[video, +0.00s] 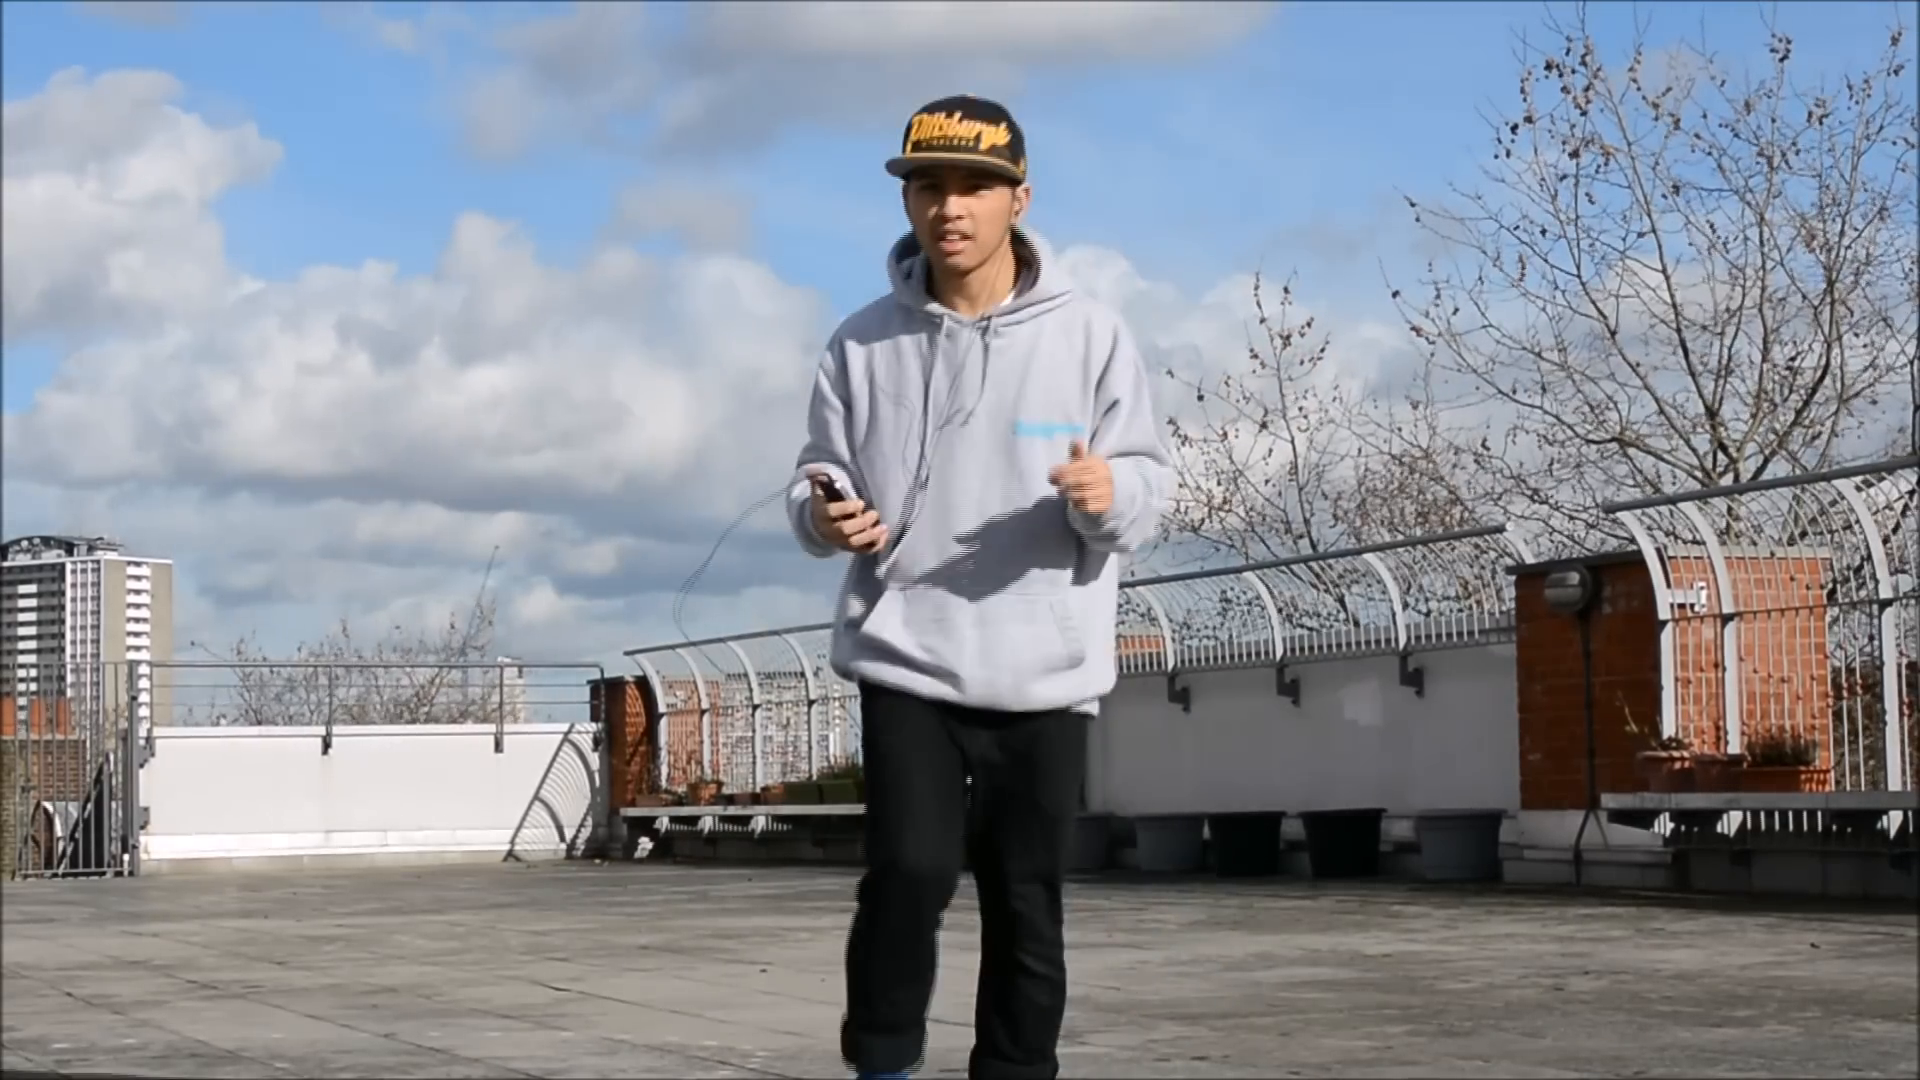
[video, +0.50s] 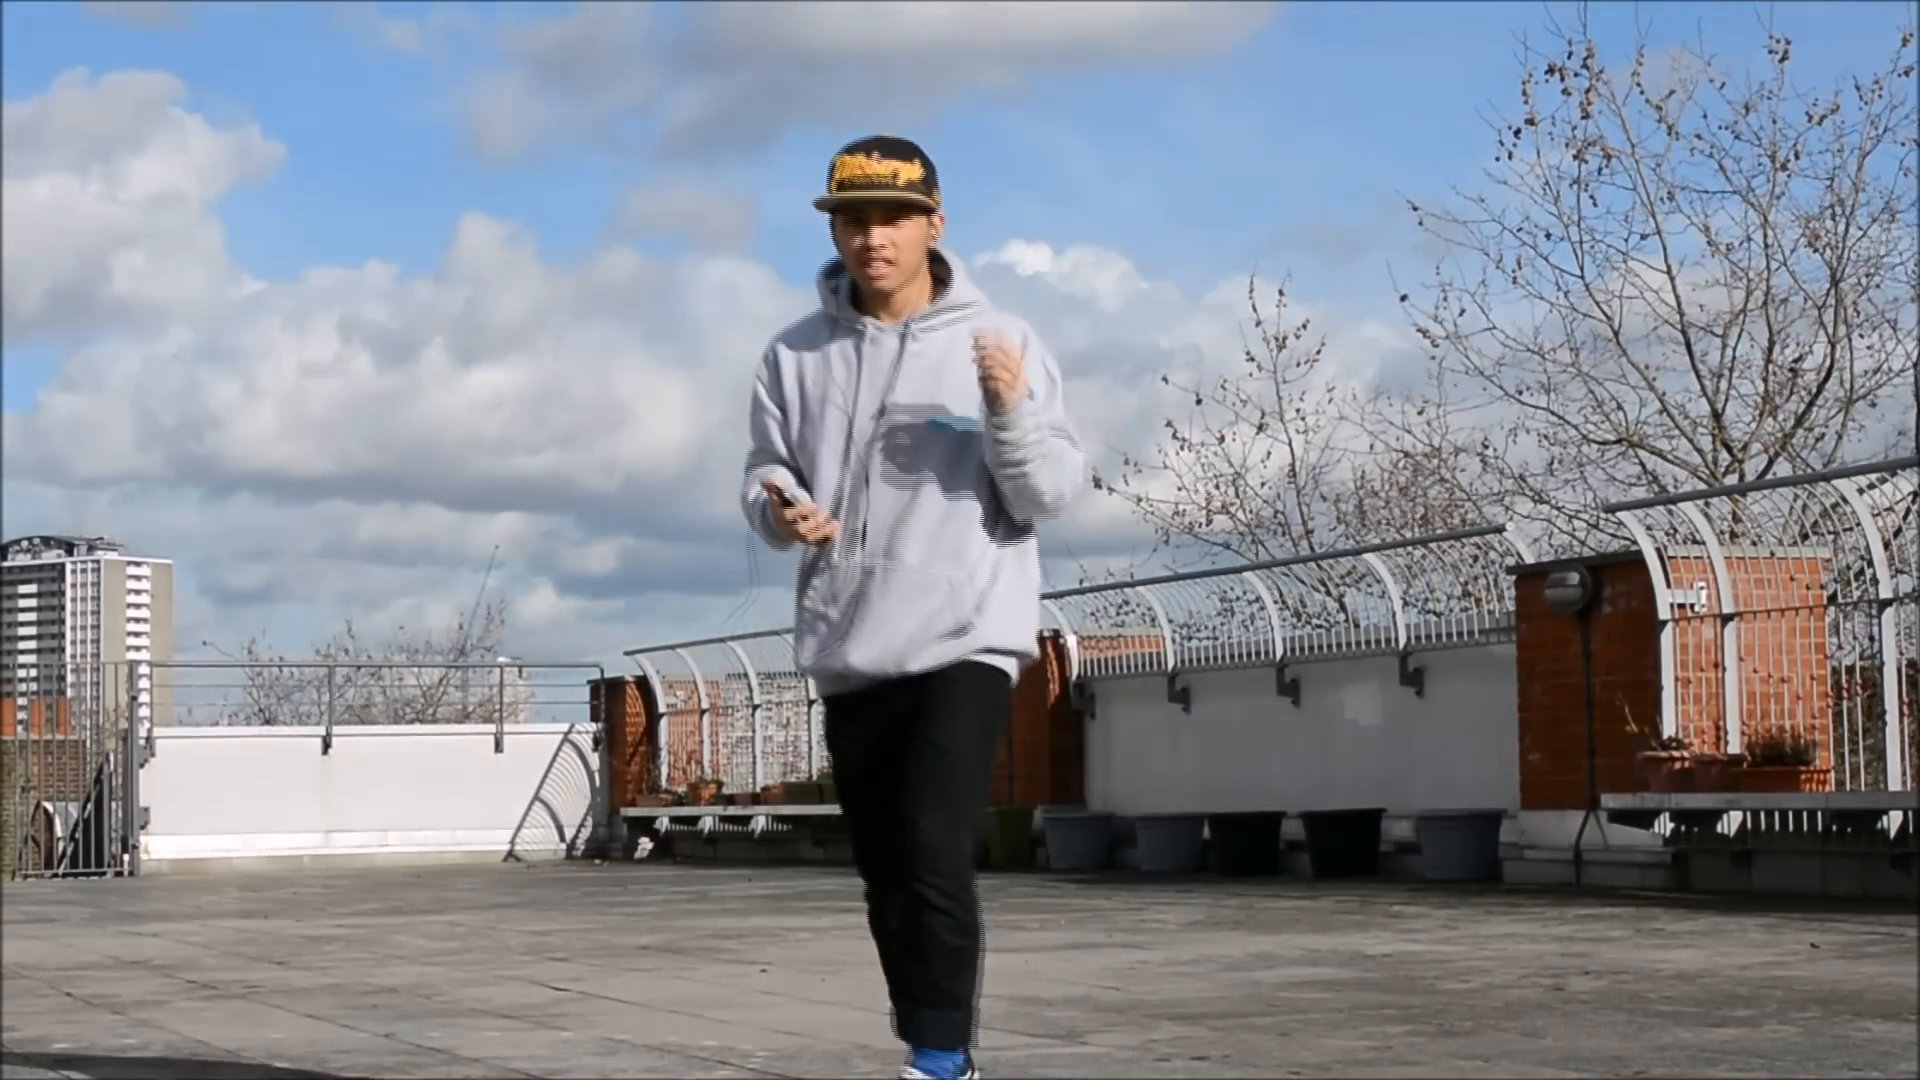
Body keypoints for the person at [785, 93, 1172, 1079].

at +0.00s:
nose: (949, 208)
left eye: (973, 187)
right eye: (930, 187)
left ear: (1017, 200)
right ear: (908, 202)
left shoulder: (1091, 333)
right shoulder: (861, 343)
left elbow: (1149, 475)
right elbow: (813, 492)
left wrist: (1111, 493)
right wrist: (825, 519)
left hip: (1045, 670)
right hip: (906, 663)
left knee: (1028, 903)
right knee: (910, 874)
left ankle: (1017, 1072)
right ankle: (883, 1066)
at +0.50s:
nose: (870, 240)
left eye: (891, 219)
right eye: (852, 221)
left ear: (933, 226)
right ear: (833, 232)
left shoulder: (1002, 340)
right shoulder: (795, 356)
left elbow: (1051, 501)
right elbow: (764, 480)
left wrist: (1011, 404)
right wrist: (785, 509)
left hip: (965, 635)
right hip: (852, 643)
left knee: (935, 849)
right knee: (884, 860)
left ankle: (941, 1060)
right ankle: (929, 1051)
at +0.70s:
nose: (850, 246)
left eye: (871, 226)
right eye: (834, 228)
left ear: (916, 232)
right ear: (818, 238)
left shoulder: (965, 334)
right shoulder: (784, 357)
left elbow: (1010, 447)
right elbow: (749, 483)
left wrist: (951, 306)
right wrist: (763, 511)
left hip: (930, 650)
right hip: (817, 652)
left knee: (908, 875)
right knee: (811, 870)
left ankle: (913, 1069)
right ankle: (890, 1038)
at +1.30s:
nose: (699, 288)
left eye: (718, 269)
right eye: (685, 271)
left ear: (772, 254)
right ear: (670, 265)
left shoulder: (832, 346)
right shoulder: (644, 370)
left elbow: (865, 455)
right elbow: (594, 514)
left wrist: (809, 321)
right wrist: (623, 496)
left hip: (810, 661)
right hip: (685, 663)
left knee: (841, 878)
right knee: (680, 884)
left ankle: (892, 1065)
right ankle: (674, 1068)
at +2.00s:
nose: (696, 329)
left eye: (712, 311)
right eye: (677, 314)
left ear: (751, 285)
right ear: (652, 291)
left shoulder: (797, 370)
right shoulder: (616, 378)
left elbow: (857, 479)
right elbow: (575, 517)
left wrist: (791, 357)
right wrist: (635, 497)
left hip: (779, 675)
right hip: (662, 676)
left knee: (771, 882)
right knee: (674, 881)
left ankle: (764, 1062)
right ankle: (672, 1064)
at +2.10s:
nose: (715, 331)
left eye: (732, 313)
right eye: (697, 315)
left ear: (768, 288)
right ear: (672, 294)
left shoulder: (811, 372)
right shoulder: (631, 381)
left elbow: (869, 491)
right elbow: (592, 519)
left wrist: (818, 370)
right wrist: (653, 499)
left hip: (790, 675)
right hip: (673, 676)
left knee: (773, 882)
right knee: (680, 879)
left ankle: (763, 1064)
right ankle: (673, 1063)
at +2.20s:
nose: (726, 330)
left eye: (743, 313)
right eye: (708, 315)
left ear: (777, 290)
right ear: (682, 295)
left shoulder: (822, 375)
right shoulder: (639, 382)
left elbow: (874, 504)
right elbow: (600, 518)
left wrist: (834, 386)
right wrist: (663, 501)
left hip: (795, 675)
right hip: (680, 674)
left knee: (775, 881)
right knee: (682, 879)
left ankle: (761, 1062)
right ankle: (671, 1060)